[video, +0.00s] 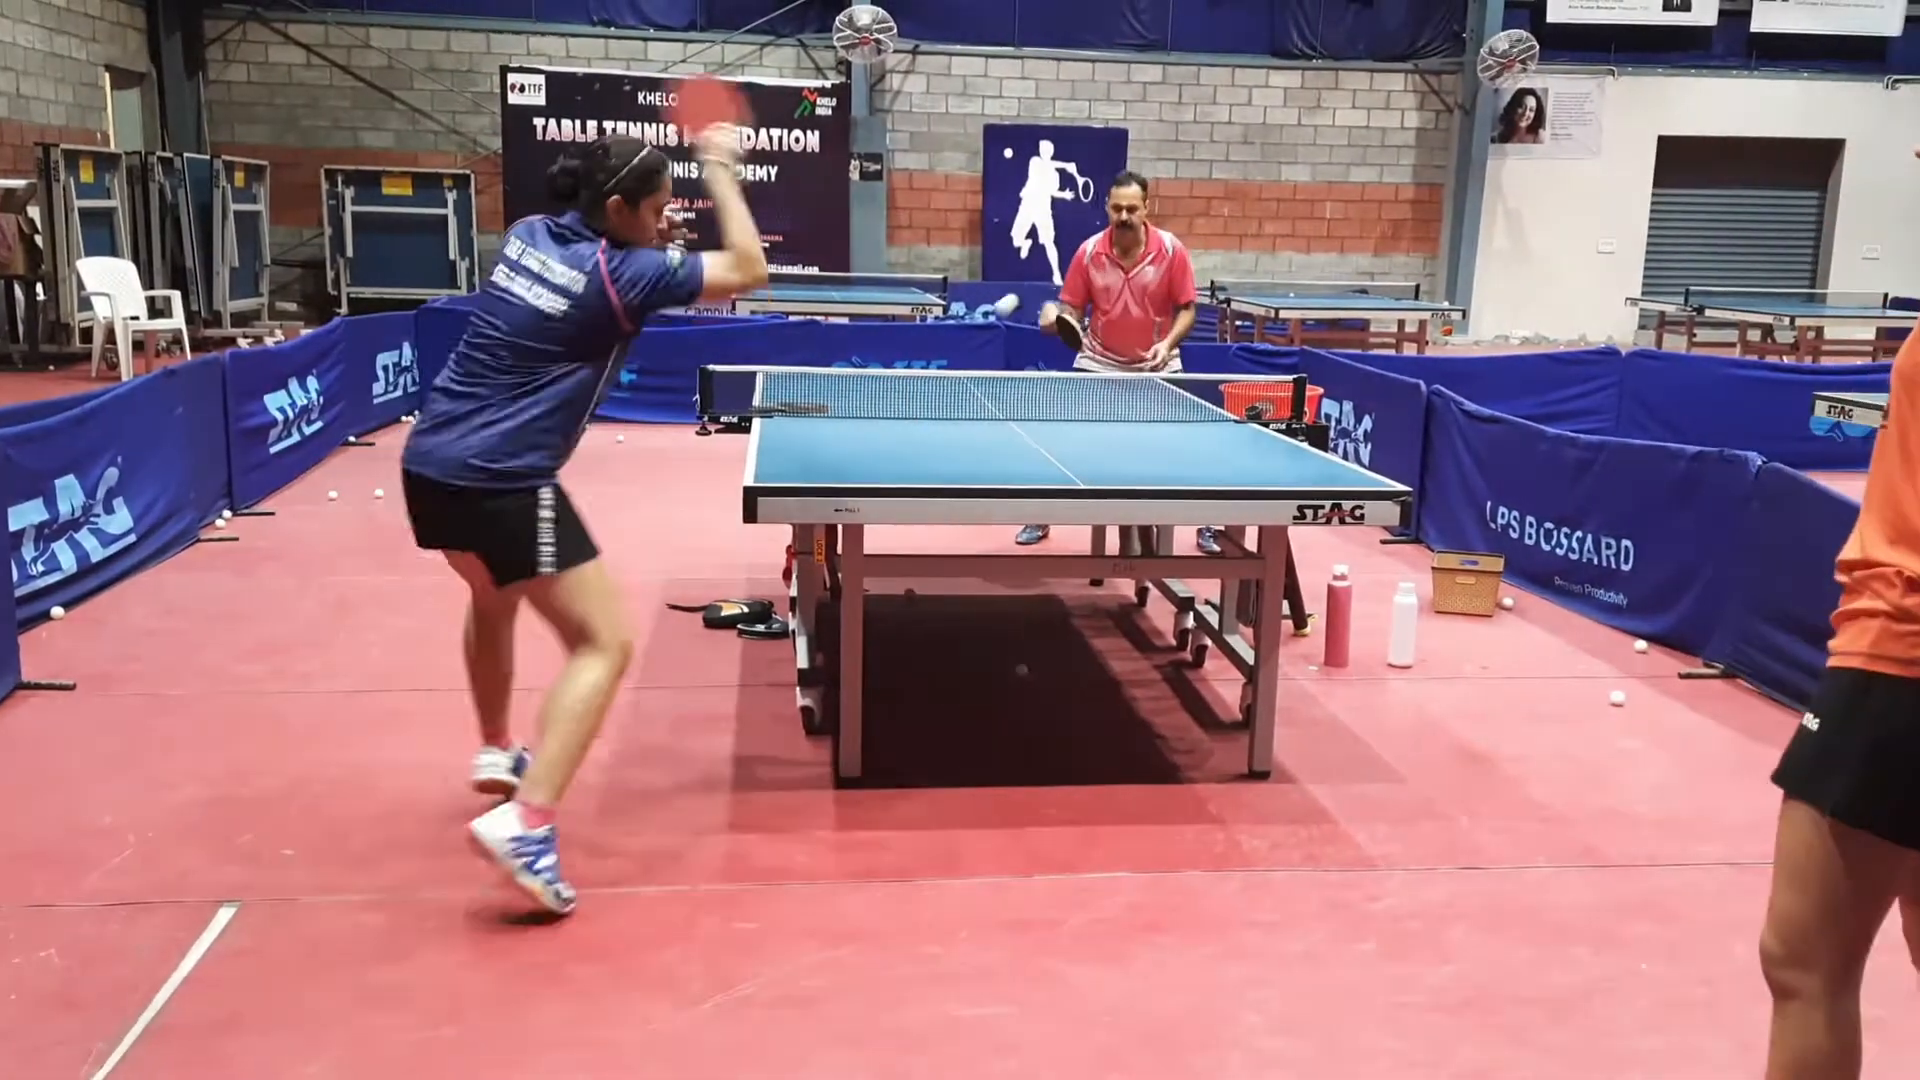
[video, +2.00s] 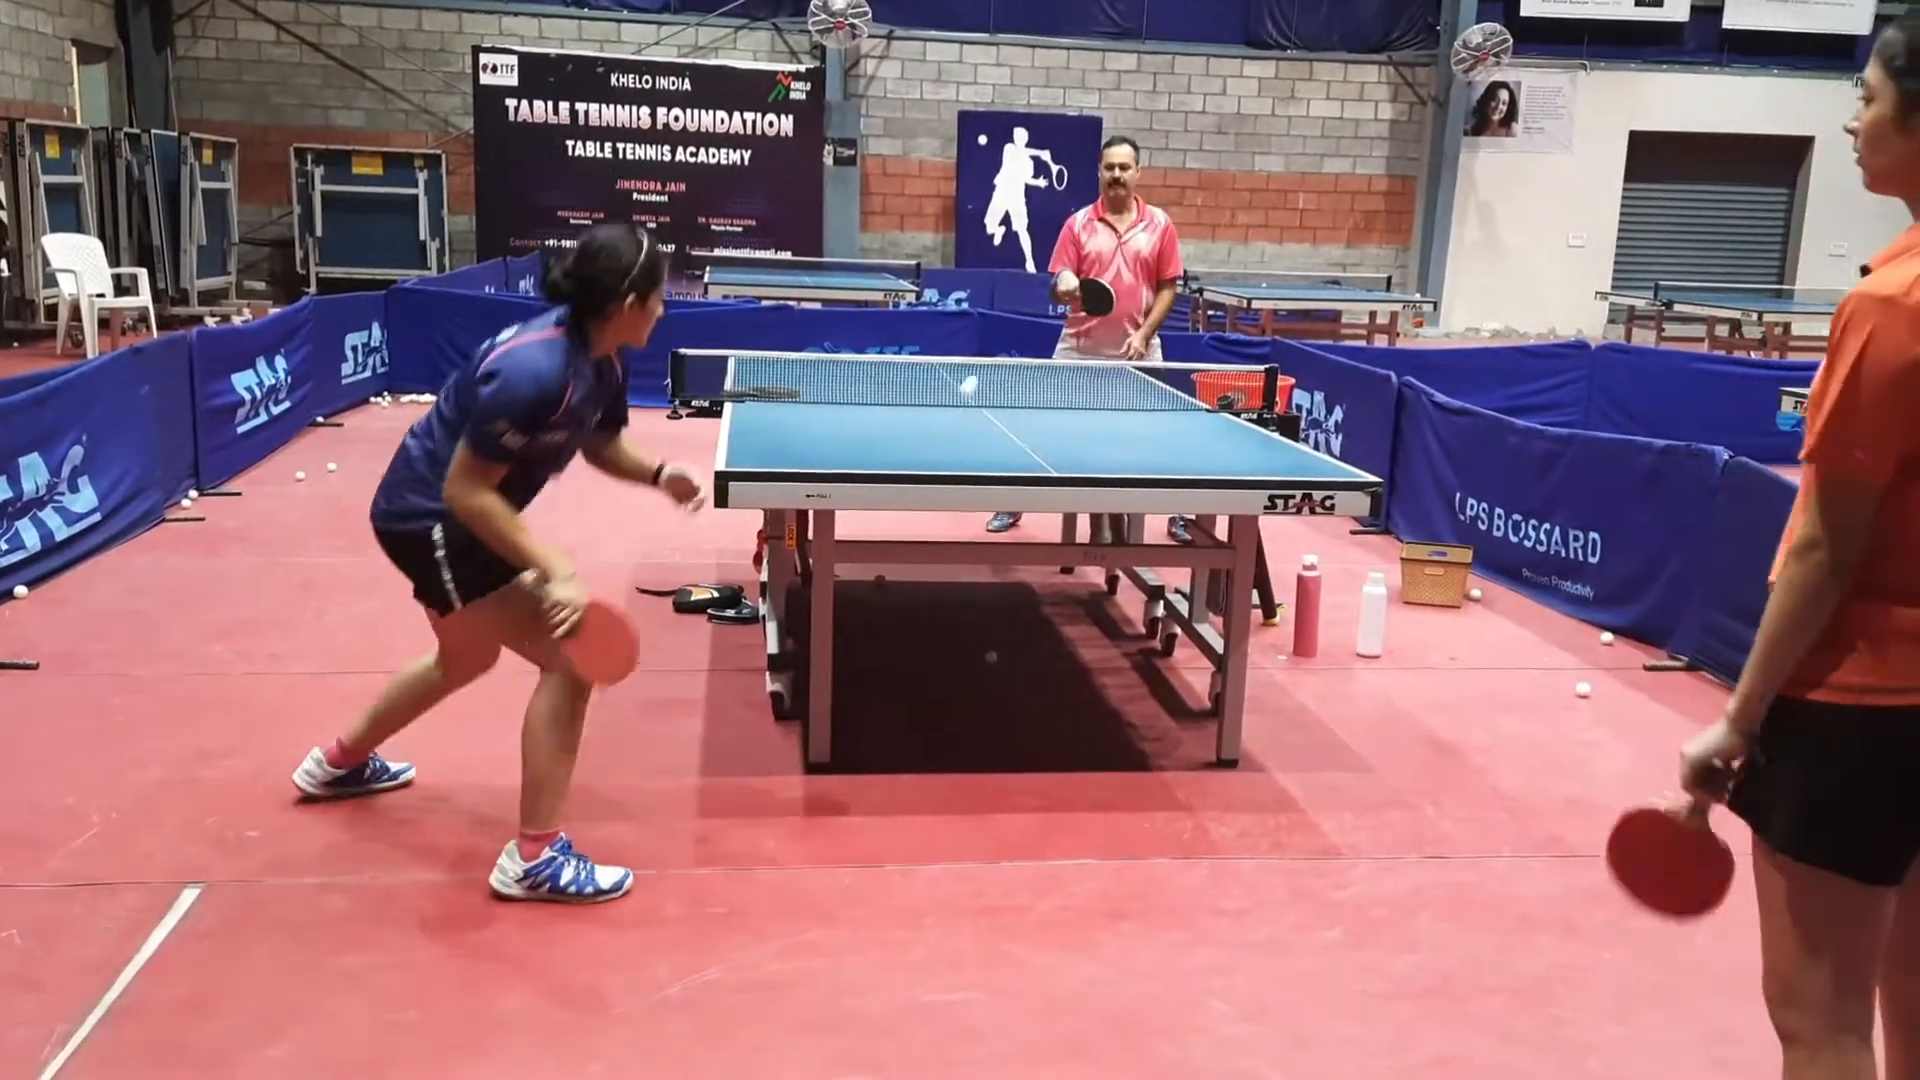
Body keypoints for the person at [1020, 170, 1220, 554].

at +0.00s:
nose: (1124, 217)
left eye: (1132, 210)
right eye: (1117, 209)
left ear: (1146, 209)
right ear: (1107, 209)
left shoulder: (1171, 251)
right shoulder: (1090, 251)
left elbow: (1187, 310)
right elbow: (1072, 309)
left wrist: (1167, 344)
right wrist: (1055, 316)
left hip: (1158, 365)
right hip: (1098, 362)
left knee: (1190, 435)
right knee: (1061, 429)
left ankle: (1209, 522)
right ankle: (1039, 516)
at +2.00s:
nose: (1116, 174)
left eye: (1124, 167)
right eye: (1109, 167)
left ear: (1138, 173)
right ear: (1100, 171)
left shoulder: (1159, 225)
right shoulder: (1078, 223)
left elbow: (1168, 287)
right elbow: (1059, 284)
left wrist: (1144, 332)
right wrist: (1067, 286)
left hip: (1138, 347)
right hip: (1079, 344)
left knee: (1157, 430)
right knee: (1042, 418)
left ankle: (1181, 510)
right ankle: (1013, 502)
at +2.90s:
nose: (1106, 192)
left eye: (1115, 184)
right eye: (1100, 183)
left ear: (1131, 187)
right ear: (1092, 184)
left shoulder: (1153, 233)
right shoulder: (1071, 231)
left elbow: (1166, 296)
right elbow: (1055, 289)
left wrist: (1133, 329)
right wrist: (1042, 294)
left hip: (1129, 351)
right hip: (1069, 344)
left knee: (1159, 423)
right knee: (1032, 413)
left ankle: (1174, 508)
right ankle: (1016, 498)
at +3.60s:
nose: (1110, 205)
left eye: (1117, 197)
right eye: (1102, 197)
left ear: (1125, 193)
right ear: (1083, 190)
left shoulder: (1138, 231)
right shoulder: (1052, 231)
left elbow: (1167, 281)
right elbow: (1029, 283)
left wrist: (1181, 313)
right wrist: (1027, 305)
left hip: (1117, 348)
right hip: (1054, 346)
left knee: (1134, 429)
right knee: (1024, 419)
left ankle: (1152, 522)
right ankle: (999, 509)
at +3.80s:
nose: (1142, 220)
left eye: (1151, 213)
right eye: (1135, 210)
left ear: (1163, 210)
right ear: (1122, 202)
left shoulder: (1173, 248)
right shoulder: (1093, 234)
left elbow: (1197, 305)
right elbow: (1067, 283)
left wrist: (1216, 351)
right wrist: (1057, 304)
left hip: (1146, 351)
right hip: (1090, 347)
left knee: (1152, 437)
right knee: (1051, 423)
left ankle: (1154, 529)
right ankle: (1015, 511)